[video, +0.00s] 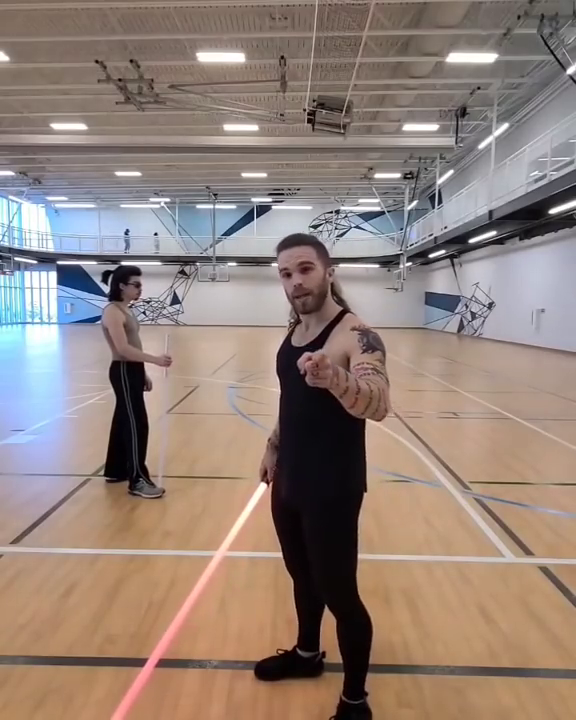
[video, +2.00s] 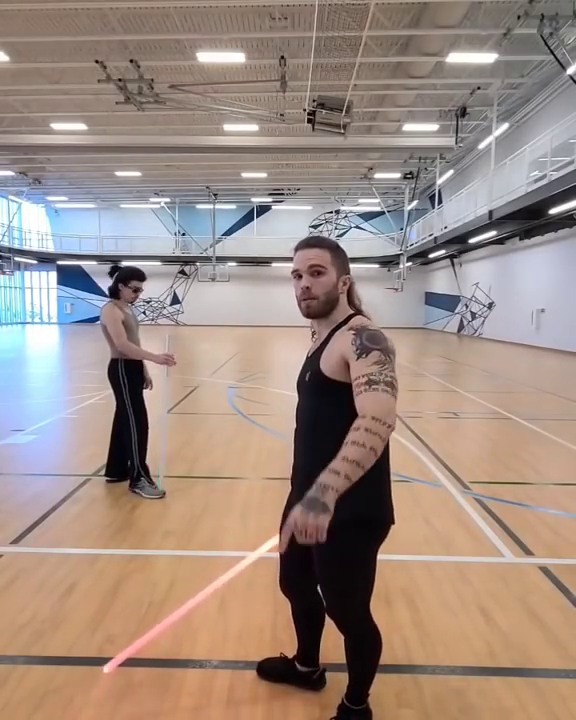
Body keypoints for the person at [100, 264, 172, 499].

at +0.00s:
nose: (139, 289)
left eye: (140, 285)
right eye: (135, 285)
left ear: (130, 287)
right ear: (120, 286)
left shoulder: (125, 310)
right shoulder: (113, 312)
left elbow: (131, 348)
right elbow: (121, 348)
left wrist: (142, 374)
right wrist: (156, 359)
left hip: (131, 370)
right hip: (124, 371)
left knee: (124, 420)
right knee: (138, 424)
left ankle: (115, 469)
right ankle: (137, 480)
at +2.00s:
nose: (138, 295)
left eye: (140, 291)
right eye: (134, 290)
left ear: (136, 289)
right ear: (120, 286)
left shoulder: (126, 309)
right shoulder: (111, 310)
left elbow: (132, 344)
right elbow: (121, 345)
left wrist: (143, 370)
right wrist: (156, 357)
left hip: (131, 368)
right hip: (122, 369)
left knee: (124, 419)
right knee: (138, 422)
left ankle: (116, 469)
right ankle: (138, 478)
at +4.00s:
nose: (139, 289)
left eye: (140, 285)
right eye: (135, 285)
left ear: (130, 287)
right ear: (121, 285)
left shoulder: (128, 309)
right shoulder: (111, 310)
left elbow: (134, 341)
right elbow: (116, 347)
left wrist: (152, 352)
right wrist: (148, 354)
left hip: (131, 366)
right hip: (120, 368)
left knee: (129, 422)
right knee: (121, 423)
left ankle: (123, 468)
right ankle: (114, 477)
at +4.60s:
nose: (139, 288)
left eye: (140, 284)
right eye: (135, 284)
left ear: (132, 287)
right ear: (121, 285)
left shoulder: (125, 309)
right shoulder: (113, 309)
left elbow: (127, 343)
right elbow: (109, 345)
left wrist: (134, 371)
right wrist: (121, 376)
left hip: (131, 371)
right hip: (120, 373)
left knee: (130, 425)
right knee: (120, 426)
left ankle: (125, 468)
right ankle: (114, 476)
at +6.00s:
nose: (144, 289)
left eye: (145, 285)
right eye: (140, 285)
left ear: (133, 287)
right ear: (126, 285)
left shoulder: (131, 309)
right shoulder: (117, 313)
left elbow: (135, 347)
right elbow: (120, 354)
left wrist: (147, 372)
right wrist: (130, 387)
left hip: (134, 370)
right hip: (125, 373)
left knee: (125, 424)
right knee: (136, 426)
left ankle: (116, 469)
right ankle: (133, 479)